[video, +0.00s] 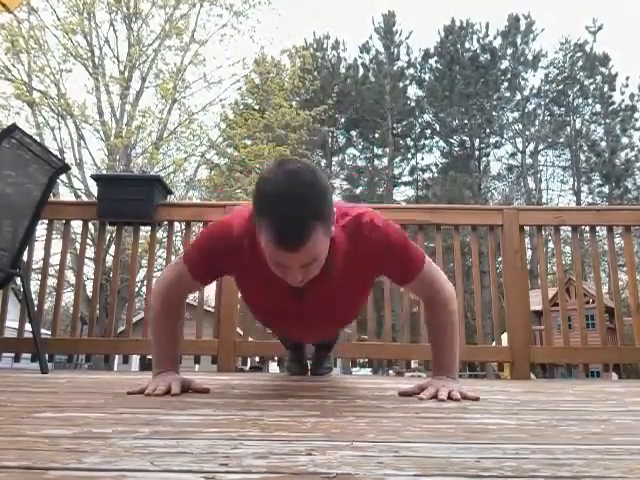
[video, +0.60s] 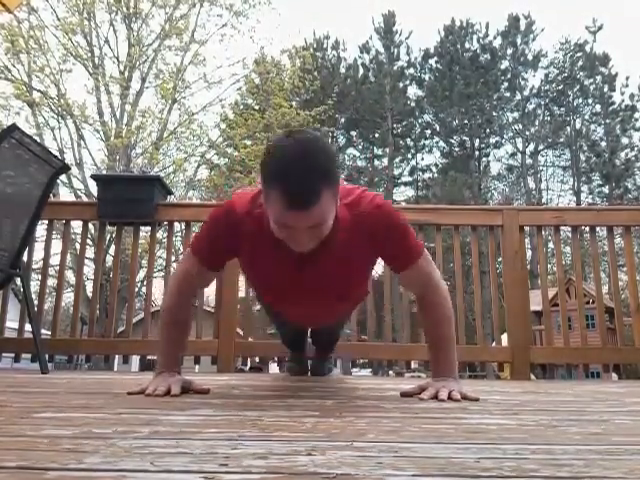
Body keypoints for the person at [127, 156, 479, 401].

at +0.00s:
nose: (297, 276)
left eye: (309, 263)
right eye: (283, 266)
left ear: (332, 226)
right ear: (259, 233)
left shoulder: (369, 232)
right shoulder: (231, 236)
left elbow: (440, 291)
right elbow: (166, 290)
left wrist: (445, 376)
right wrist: (165, 370)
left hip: (335, 318)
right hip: (279, 320)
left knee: (326, 340)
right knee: (291, 340)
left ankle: (322, 355)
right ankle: (295, 353)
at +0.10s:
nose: (297, 336)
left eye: (309, 325)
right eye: (282, 328)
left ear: (332, 281)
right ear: (255, 287)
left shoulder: (370, 267)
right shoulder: (232, 266)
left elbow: (446, 291)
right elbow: (164, 288)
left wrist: (446, 376)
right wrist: (165, 370)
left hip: (336, 348)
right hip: (272, 349)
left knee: (322, 362)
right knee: (286, 361)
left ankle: (317, 368)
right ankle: (294, 365)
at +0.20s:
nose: (296, 389)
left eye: (311, 379)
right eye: (278, 380)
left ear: (334, 332)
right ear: (254, 329)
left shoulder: (370, 296)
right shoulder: (234, 294)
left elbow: (448, 291)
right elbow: (163, 287)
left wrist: (446, 374)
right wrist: (165, 369)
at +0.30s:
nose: (296, 380)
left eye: (311, 370)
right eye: (280, 372)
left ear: (332, 326)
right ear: (252, 325)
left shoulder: (370, 291)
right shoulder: (234, 289)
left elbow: (448, 293)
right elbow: (163, 287)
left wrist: (446, 375)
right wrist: (165, 369)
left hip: (337, 362)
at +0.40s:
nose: (296, 343)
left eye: (310, 332)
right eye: (280, 333)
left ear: (333, 292)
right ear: (257, 293)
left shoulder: (370, 275)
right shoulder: (233, 272)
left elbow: (448, 293)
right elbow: (164, 287)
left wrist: (446, 376)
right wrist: (165, 370)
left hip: (337, 350)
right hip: (270, 346)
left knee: (327, 363)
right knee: (282, 363)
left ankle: (326, 367)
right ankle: (287, 363)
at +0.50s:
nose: (298, 277)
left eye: (311, 266)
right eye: (283, 267)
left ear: (336, 234)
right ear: (261, 237)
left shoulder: (377, 241)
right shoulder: (232, 241)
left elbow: (443, 293)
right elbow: (169, 289)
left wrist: (446, 377)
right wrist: (166, 369)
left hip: (337, 315)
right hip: (278, 314)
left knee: (326, 341)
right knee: (293, 340)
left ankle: (322, 357)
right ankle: (296, 356)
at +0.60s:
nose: (301, 240)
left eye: (315, 227)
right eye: (285, 227)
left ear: (336, 195)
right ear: (264, 200)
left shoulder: (375, 217)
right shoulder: (234, 219)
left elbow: (430, 288)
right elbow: (183, 287)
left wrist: (445, 376)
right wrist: (167, 371)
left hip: (337, 309)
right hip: (280, 308)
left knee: (326, 338)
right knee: (292, 337)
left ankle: (322, 359)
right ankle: (295, 357)